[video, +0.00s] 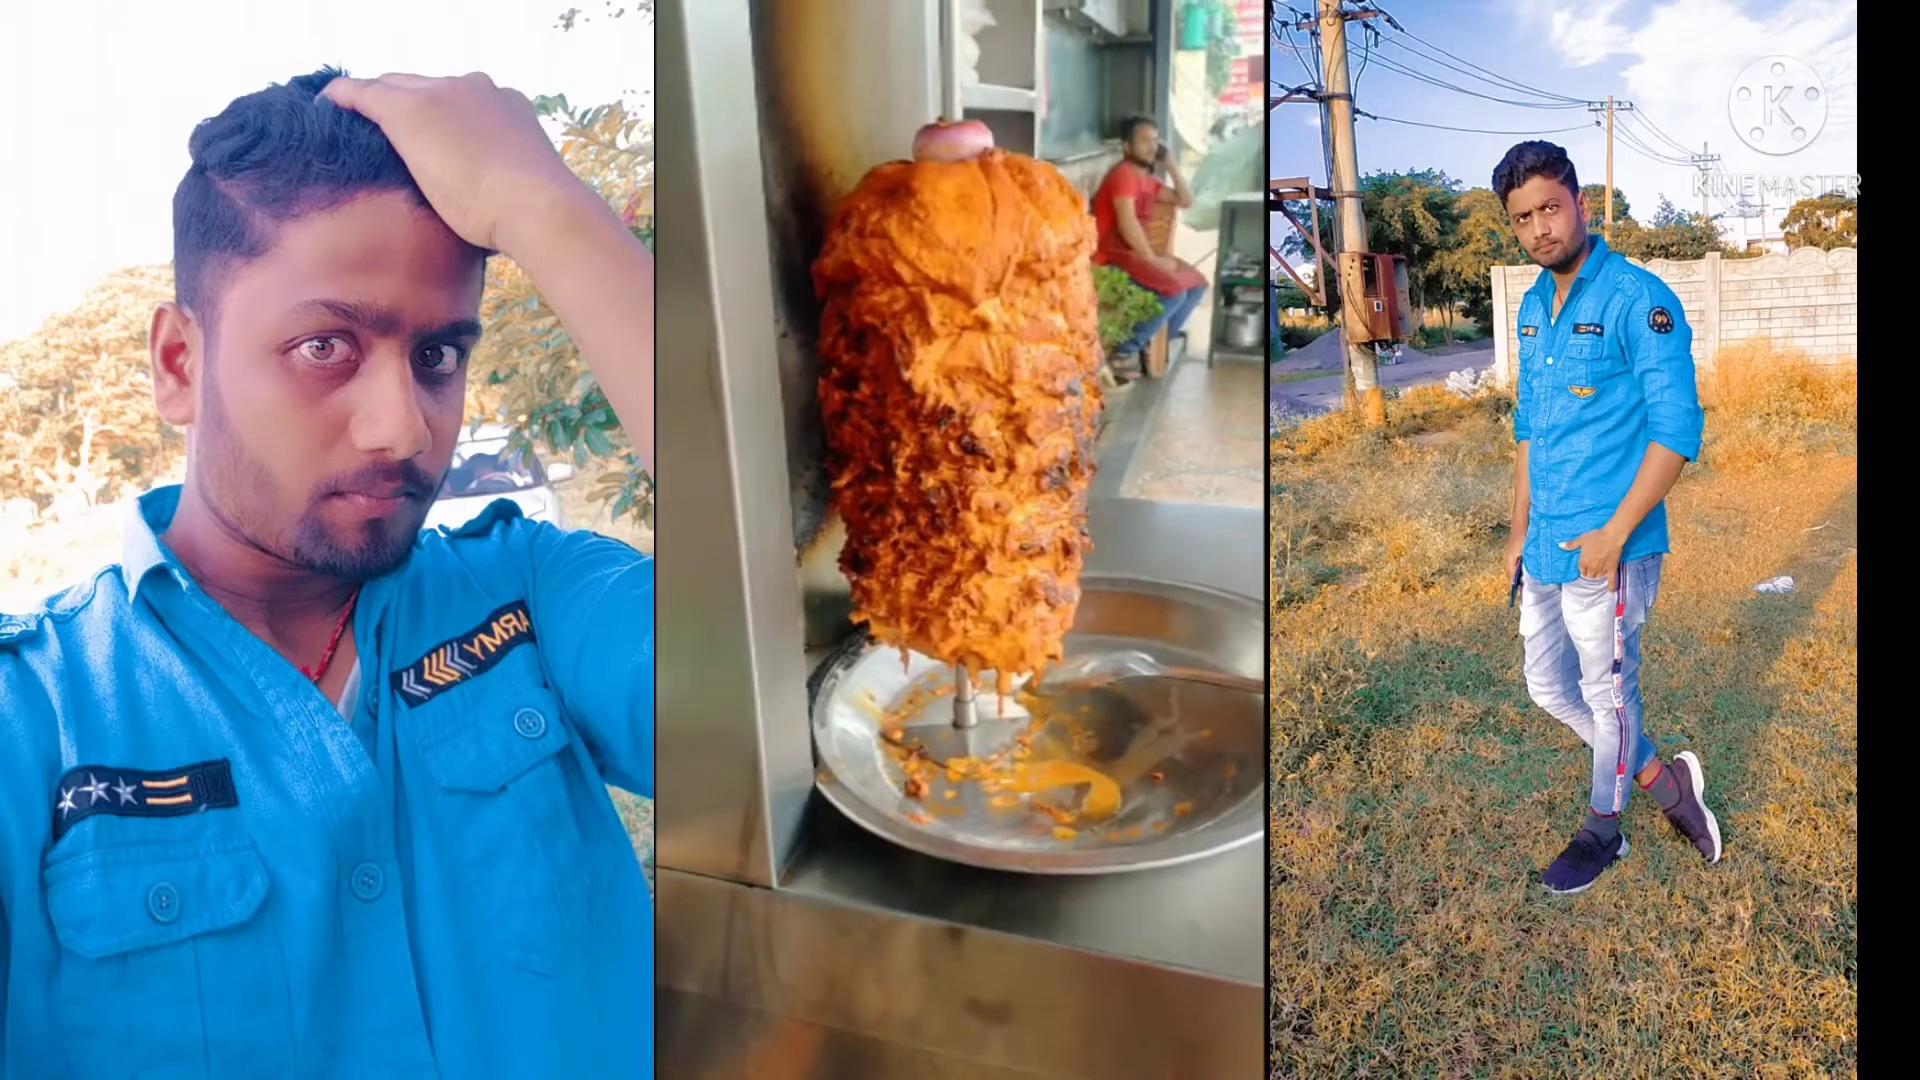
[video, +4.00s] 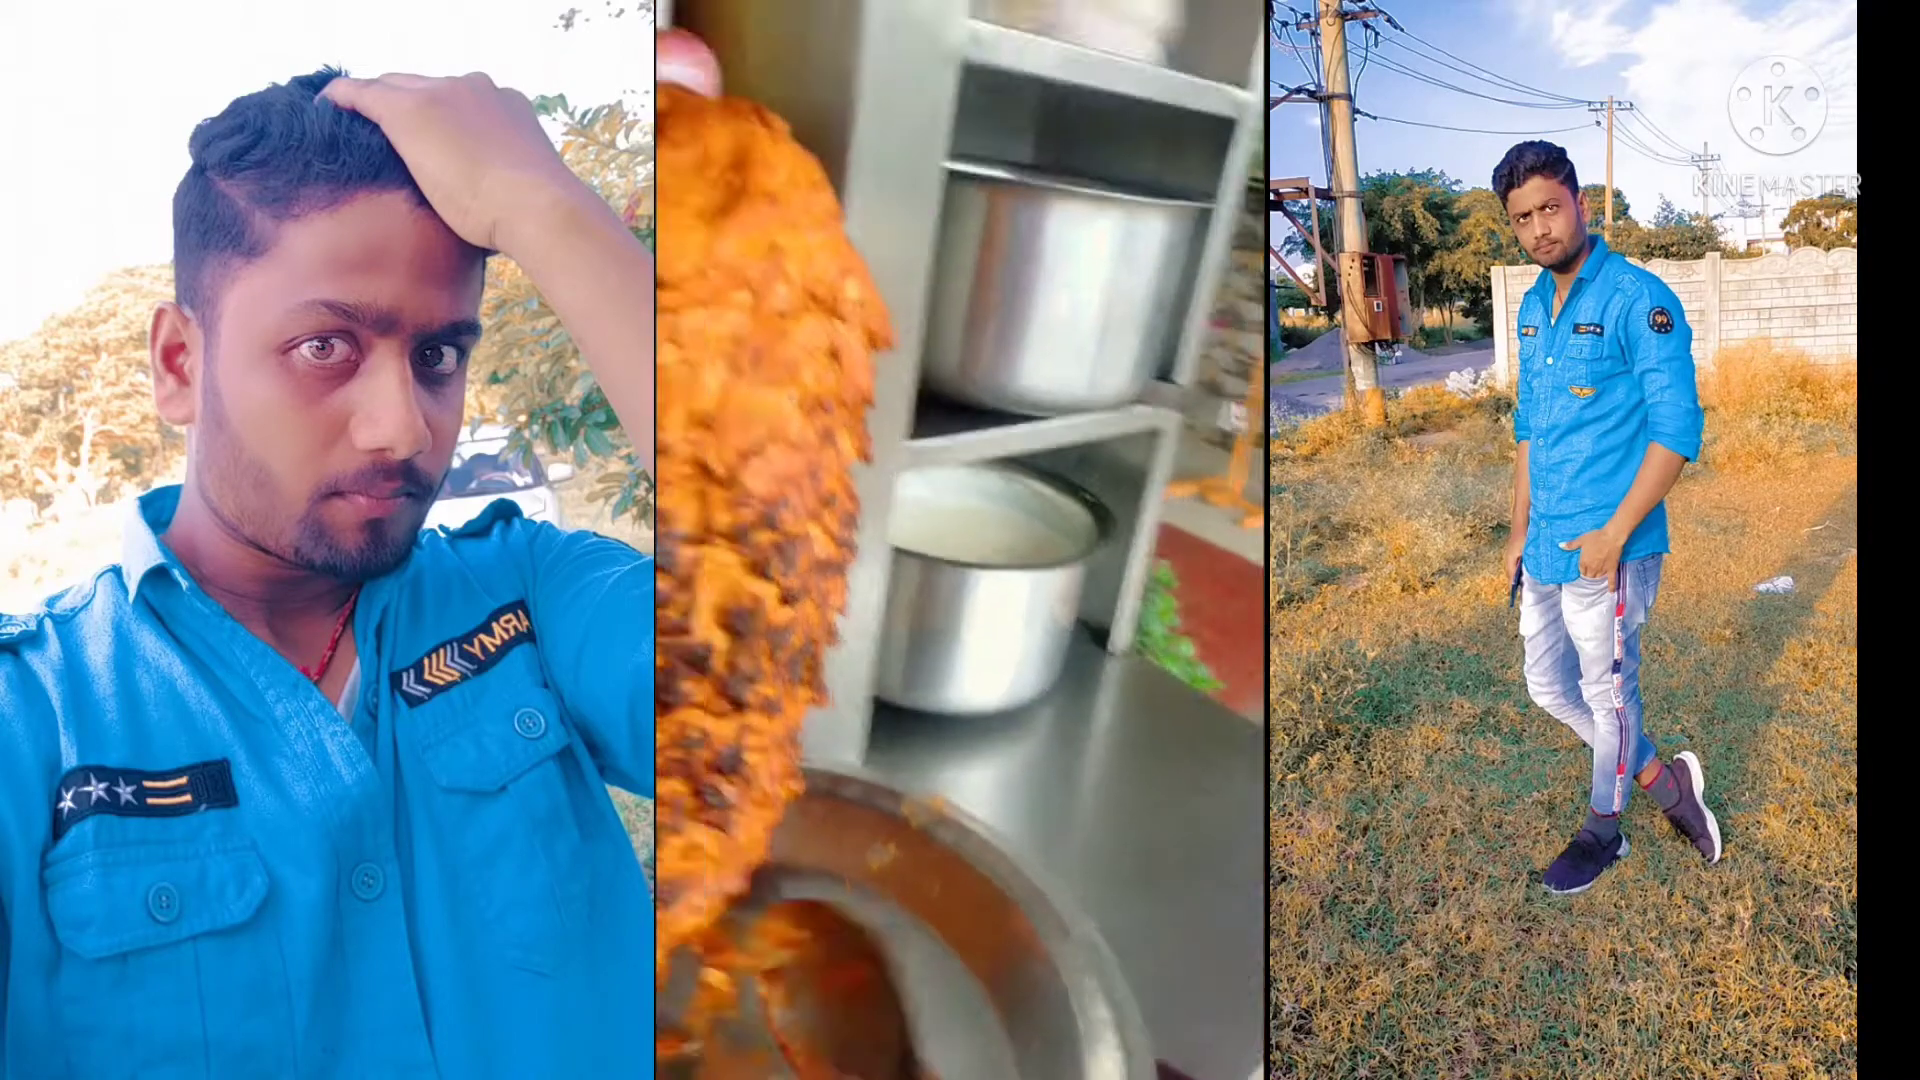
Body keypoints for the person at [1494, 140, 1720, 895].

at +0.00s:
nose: (1537, 229)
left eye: (1548, 209)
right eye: (1522, 219)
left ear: (1582, 203)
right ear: (1513, 228)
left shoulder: (1640, 298)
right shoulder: (1534, 307)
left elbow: (1678, 432)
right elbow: (1529, 431)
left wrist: (1615, 533)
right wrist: (1519, 529)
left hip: (1611, 537)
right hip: (1544, 538)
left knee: (1609, 689)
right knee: (1549, 684)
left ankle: (1602, 828)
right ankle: (1665, 778)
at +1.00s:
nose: (1537, 229)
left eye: (1548, 208)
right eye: (1522, 219)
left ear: (1582, 202)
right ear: (1513, 228)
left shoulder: (1641, 298)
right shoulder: (1534, 306)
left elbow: (1678, 432)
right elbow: (1529, 431)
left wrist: (1616, 532)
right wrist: (1520, 528)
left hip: (1612, 537)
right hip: (1544, 538)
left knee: (1610, 690)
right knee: (1549, 684)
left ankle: (1602, 828)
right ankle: (1664, 777)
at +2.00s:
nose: (1537, 229)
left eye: (1548, 208)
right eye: (1522, 219)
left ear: (1582, 202)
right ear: (1513, 228)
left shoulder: (1641, 298)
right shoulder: (1534, 306)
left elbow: (1678, 432)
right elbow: (1529, 431)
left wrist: (1616, 532)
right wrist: (1519, 528)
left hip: (1612, 537)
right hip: (1544, 538)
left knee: (1609, 690)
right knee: (1549, 685)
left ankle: (1603, 828)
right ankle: (1665, 777)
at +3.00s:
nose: (1538, 229)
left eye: (1549, 208)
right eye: (1522, 219)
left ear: (1582, 203)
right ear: (1513, 228)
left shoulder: (1640, 298)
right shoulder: (1534, 307)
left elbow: (1678, 431)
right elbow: (1529, 431)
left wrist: (1615, 533)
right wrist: (1520, 529)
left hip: (1611, 537)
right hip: (1544, 538)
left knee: (1610, 690)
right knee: (1549, 684)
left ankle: (1602, 828)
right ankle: (1665, 779)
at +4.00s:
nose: (1537, 229)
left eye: (1548, 208)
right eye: (1522, 219)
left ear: (1582, 202)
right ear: (1513, 228)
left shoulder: (1641, 299)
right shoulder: (1534, 307)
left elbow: (1678, 432)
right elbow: (1529, 431)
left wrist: (1615, 533)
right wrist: (1520, 529)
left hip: (1611, 537)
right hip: (1544, 538)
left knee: (1610, 691)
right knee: (1549, 685)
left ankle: (1602, 827)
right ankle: (1666, 778)